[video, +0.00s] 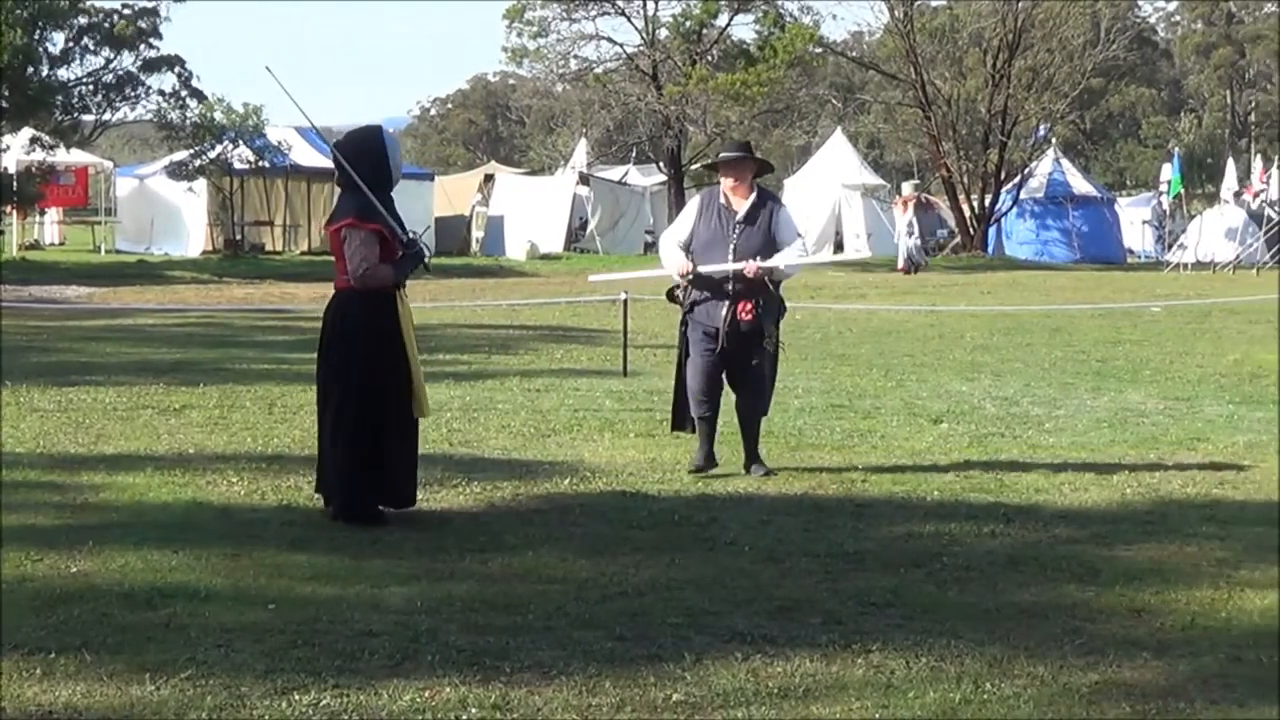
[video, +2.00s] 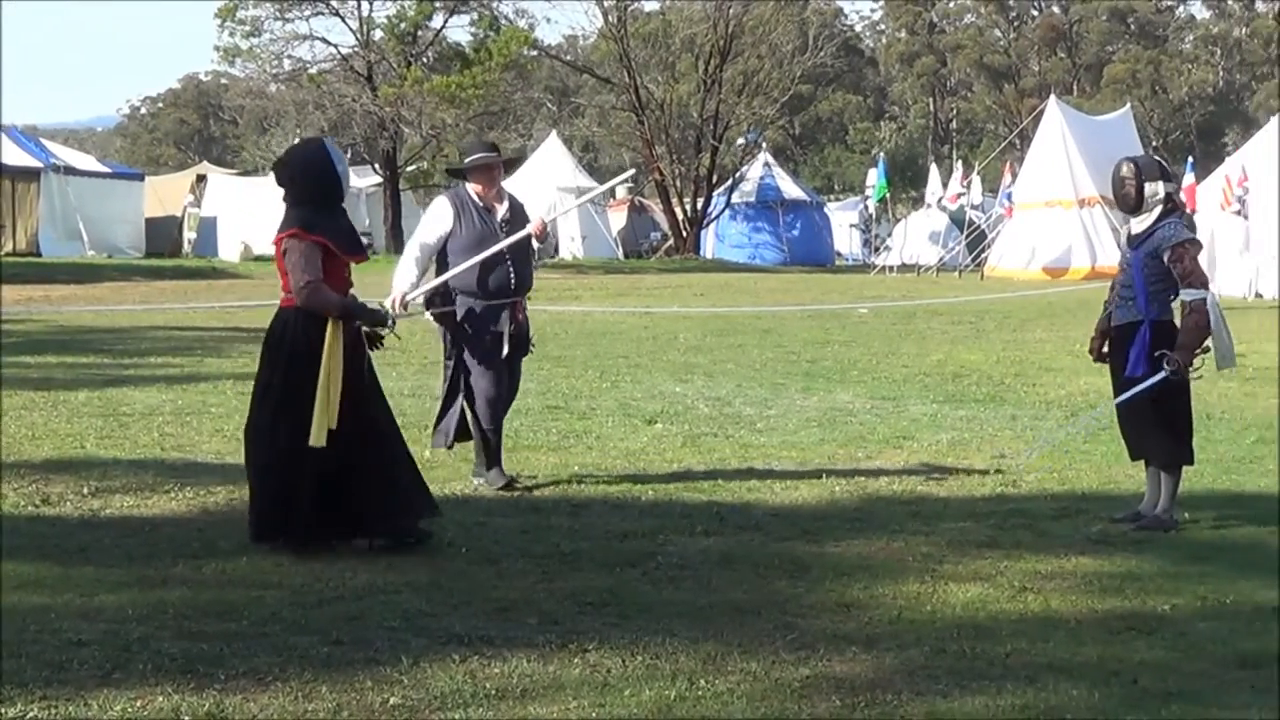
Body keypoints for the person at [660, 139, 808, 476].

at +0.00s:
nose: (731, 173)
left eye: (738, 167)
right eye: (725, 168)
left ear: (753, 169)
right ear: (718, 172)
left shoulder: (772, 207)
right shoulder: (702, 203)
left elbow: (798, 251)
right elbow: (668, 240)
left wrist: (768, 268)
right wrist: (676, 261)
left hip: (755, 311)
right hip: (705, 308)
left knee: (754, 389)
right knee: (700, 385)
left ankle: (753, 456)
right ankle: (704, 452)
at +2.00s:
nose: (488, 176)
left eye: (493, 168)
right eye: (480, 171)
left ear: (501, 169)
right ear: (466, 174)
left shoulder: (514, 205)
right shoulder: (448, 207)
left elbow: (535, 255)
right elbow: (419, 247)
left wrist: (541, 239)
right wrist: (402, 285)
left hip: (512, 307)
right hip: (472, 310)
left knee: (507, 387)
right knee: (487, 388)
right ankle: (489, 468)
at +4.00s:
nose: (469, 179)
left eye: (474, 171)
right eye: (459, 174)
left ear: (484, 170)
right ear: (446, 178)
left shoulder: (496, 203)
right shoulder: (431, 209)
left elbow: (513, 240)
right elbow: (396, 251)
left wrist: (537, 258)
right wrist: (391, 284)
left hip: (499, 316)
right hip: (455, 319)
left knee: (509, 396)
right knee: (466, 402)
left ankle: (487, 461)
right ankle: (469, 481)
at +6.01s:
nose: (500, 181)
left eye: (505, 173)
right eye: (491, 176)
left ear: (517, 173)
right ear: (479, 180)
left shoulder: (538, 212)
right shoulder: (459, 211)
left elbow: (564, 259)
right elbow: (426, 258)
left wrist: (540, 270)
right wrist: (392, 297)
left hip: (526, 328)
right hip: (473, 328)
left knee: (539, 409)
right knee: (489, 412)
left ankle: (555, 484)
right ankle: (497, 483)